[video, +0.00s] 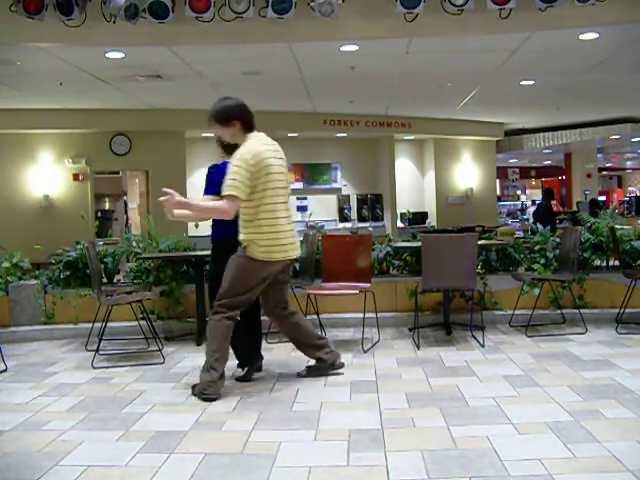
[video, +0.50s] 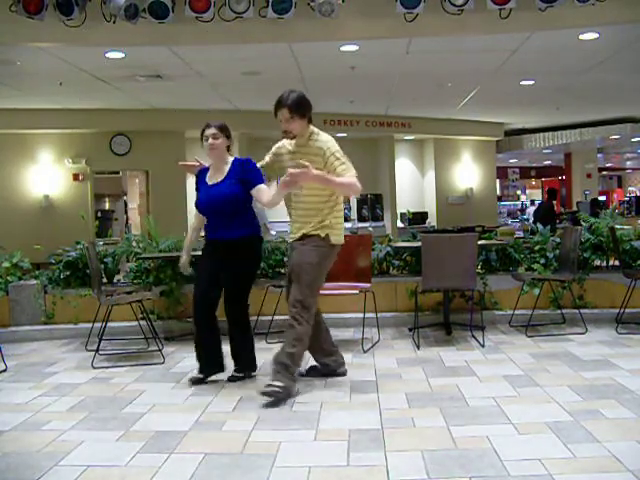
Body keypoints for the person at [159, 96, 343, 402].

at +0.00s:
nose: (218, 135)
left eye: (219, 128)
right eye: (216, 129)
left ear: (236, 124)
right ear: (243, 124)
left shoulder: (245, 155)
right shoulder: (273, 147)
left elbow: (228, 209)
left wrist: (184, 203)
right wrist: (199, 208)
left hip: (259, 251)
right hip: (285, 248)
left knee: (223, 310)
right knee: (278, 309)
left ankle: (210, 383)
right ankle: (327, 357)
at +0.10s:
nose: (238, 135)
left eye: (240, 129)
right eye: (236, 130)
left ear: (256, 124)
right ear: (260, 124)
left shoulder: (270, 153)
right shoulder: (282, 146)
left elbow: (258, 207)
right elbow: (264, 202)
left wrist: (212, 203)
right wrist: (219, 205)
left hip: (276, 248)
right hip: (296, 245)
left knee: (240, 308)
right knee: (288, 310)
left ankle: (215, 382)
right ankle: (329, 363)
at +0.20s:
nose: (254, 135)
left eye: (257, 128)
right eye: (253, 128)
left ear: (276, 126)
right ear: (277, 127)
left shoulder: (291, 154)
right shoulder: (289, 150)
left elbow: (284, 206)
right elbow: (280, 192)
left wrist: (235, 199)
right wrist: (256, 180)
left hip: (292, 246)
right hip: (301, 245)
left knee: (258, 310)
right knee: (292, 312)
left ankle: (224, 379)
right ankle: (329, 363)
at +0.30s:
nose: (269, 136)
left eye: (271, 130)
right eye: (267, 130)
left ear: (288, 126)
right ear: (285, 128)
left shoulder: (308, 155)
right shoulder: (290, 153)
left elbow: (311, 203)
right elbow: (278, 187)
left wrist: (267, 194)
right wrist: (257, 190)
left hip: (307, 242)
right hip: (295, 240)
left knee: (273, 305)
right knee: (292, 308)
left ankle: (241, 377)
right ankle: (328, 362)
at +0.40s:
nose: (208, 150)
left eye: (213, 145)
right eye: (205, 146)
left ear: (227, 148)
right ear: (204, 151)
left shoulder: (240, 172)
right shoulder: (212, 180)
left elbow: (257, 210)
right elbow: (214, 224)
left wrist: (263, 192)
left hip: (242, 247)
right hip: (219, 249)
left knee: (230, 306)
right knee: (201, 303)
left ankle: (248, 363)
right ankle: (227, 351)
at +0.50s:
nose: (211, 141)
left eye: (216, 137)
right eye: (207, 138)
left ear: (228, 141)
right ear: (203, 145)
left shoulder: (244, 166)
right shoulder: (202, 176)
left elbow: (267, 199)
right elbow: (199, 218)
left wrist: (284, 185)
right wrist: (186, 252)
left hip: (244, 245)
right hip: (214, 246)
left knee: (235, 306)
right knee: (203, 305)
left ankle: (245, 366)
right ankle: (210, 365)